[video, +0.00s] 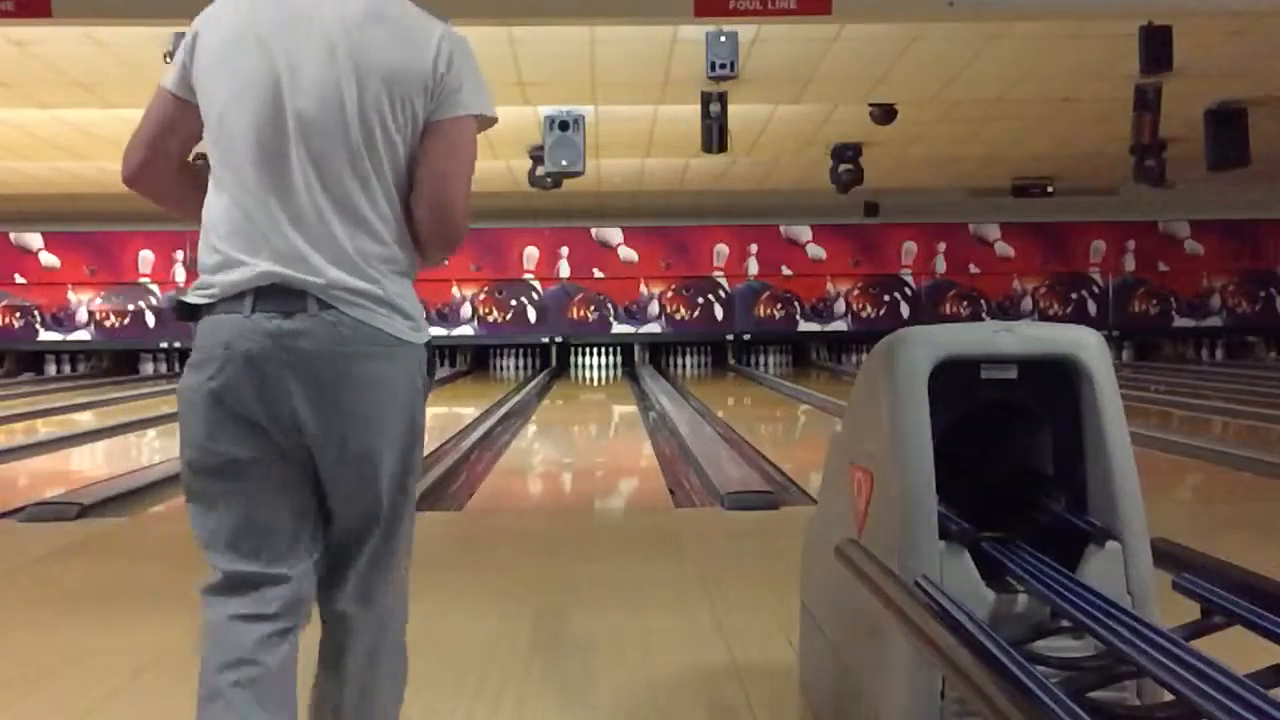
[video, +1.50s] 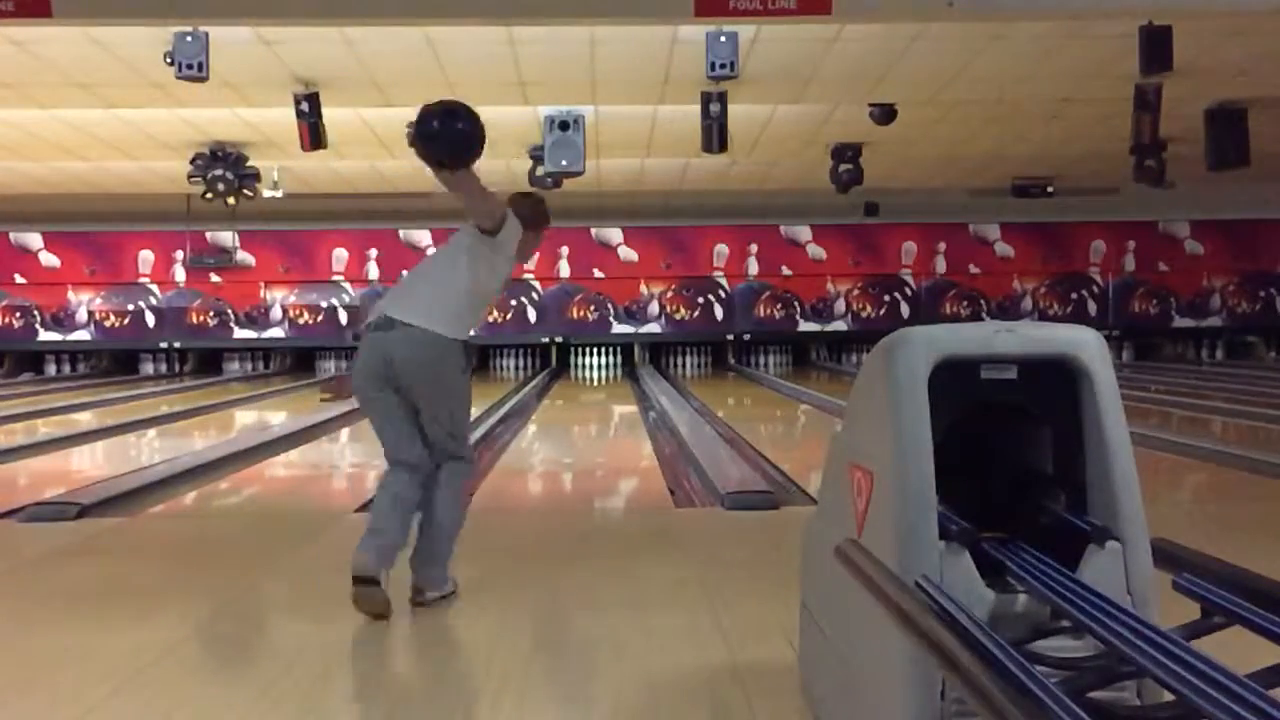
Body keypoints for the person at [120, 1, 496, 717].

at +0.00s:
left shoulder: (224, 20)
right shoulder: (438, 43)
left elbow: (149, 164)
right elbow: (439, 227)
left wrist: (244, 206)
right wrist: (370, 239)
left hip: (232, 336)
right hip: (368, 343)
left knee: (248, 594)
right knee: (365, 593)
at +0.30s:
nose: (426, 16)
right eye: (428, 12)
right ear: (418, 8)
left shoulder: (266, 56)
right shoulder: (453, 90)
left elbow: (207, 193)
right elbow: (440, 250)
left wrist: (292, 191)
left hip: (270, 347)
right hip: (389, 346)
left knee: (299, 560)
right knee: (376, 572)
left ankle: (306, 715)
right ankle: (363, 715)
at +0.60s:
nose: (444, 63)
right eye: (447, 53)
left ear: (373, 37)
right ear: (441, 52)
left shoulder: (302, 97)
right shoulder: (453, 137)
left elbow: (299, 196)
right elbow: (437, 266)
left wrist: (426, 226)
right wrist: (459, 241)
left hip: (272, 341)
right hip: (378, 346)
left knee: (308, 544)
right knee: (393, 510)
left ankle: (333, 710)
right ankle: (397, 678)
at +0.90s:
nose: (469, 142)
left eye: (469, 132)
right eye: (474, 132)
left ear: (411, 118)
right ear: (470, 130)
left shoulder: (354, 171)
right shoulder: (462, 195)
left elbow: (360, 277)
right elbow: (481, 314)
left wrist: (434, 344)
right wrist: (482, 402)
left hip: (291, 364)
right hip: (377, 370)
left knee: (330, 514)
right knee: (400, 516)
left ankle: (322, 652)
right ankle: (399, 670)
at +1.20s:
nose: (508, 179)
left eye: (504, 170)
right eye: (509, 171)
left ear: (459, 159)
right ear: (504, 168)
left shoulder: (423, 195)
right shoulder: (481, 190)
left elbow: (386, 266)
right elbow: (451, 238)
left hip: (330, 330)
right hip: (386, 330)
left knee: (355, 464)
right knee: (405, 475)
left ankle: (358, 608)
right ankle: (393, 634)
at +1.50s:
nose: (534, 252)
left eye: (537, 244)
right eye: (536, 242)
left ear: (509, 217)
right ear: (530, 231)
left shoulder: (464, 249)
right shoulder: (506, 232)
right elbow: (477, 197)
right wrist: (445, 157)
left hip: (372, 348)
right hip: (429, 347)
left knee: (408, 464)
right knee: (453, 459)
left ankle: (370, 564)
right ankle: (430, 580)